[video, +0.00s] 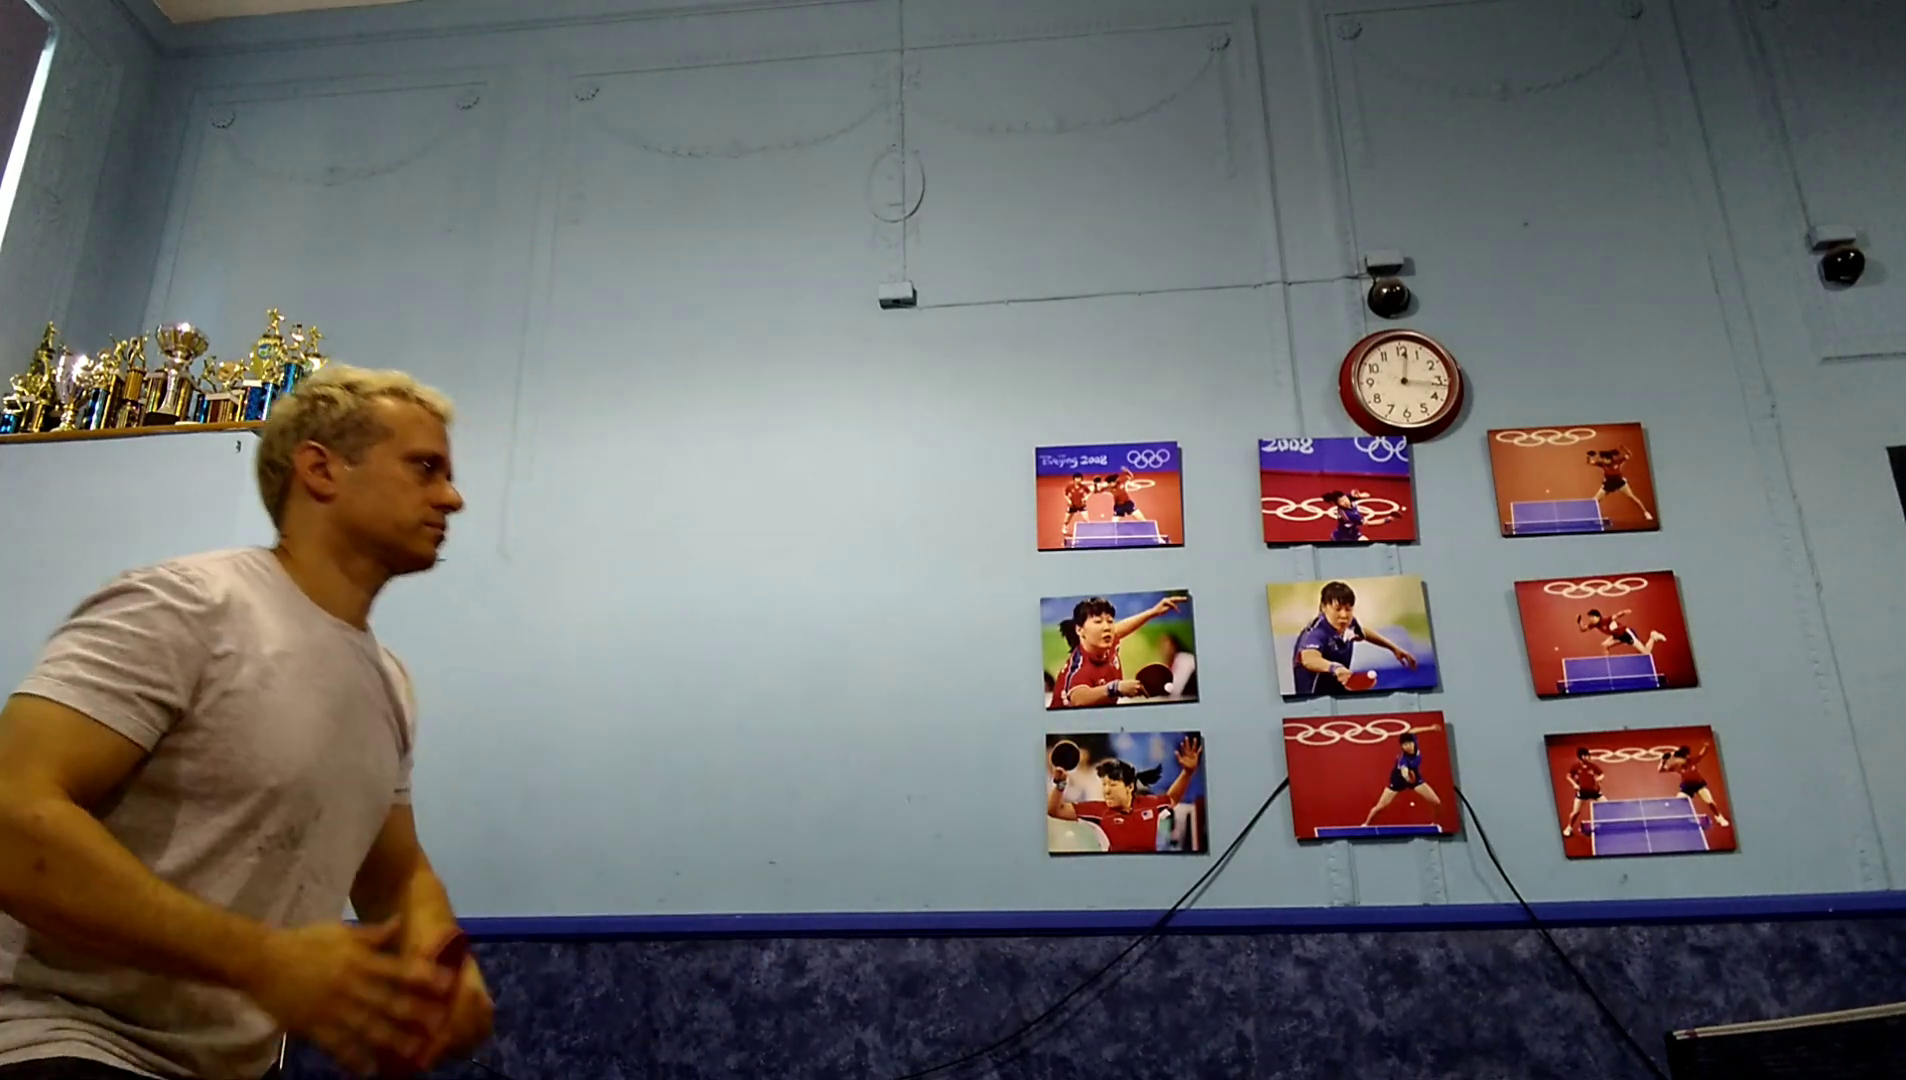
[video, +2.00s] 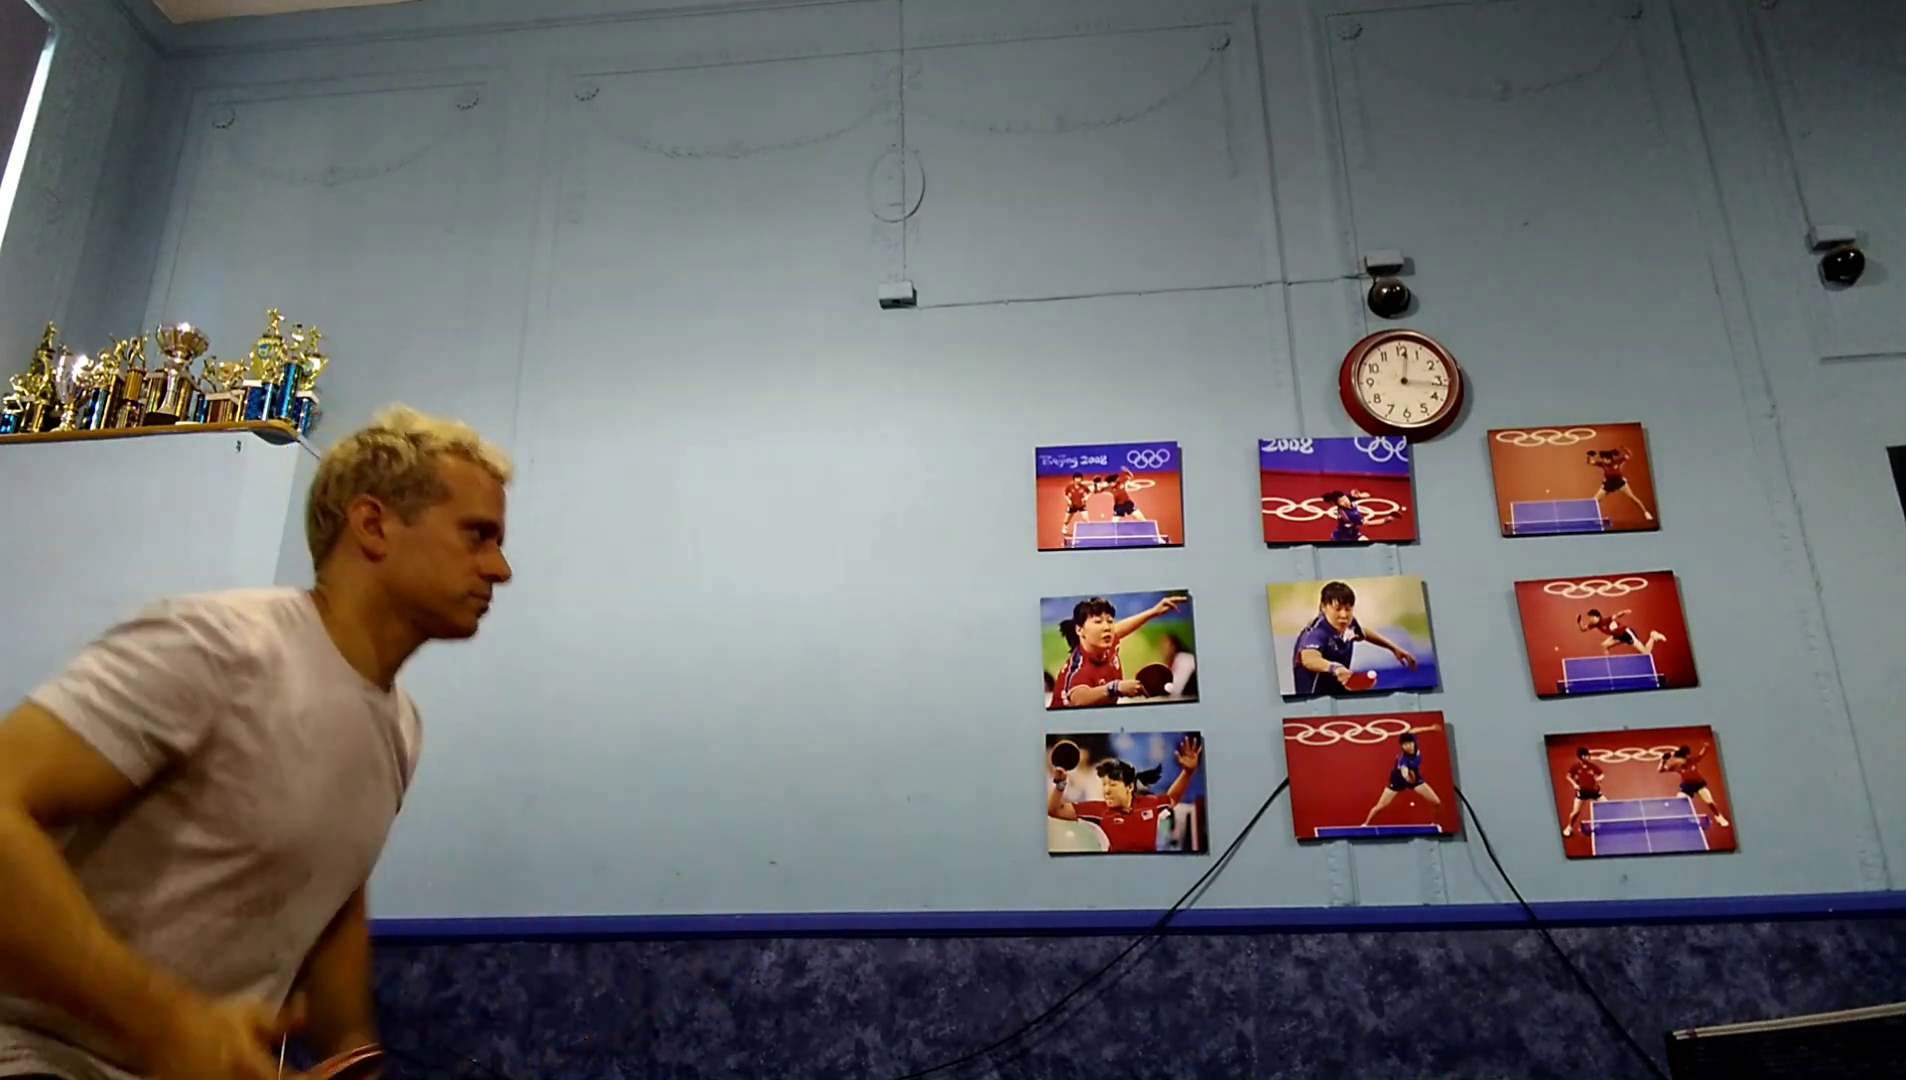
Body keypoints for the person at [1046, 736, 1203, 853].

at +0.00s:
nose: (1107, 790)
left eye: (1113, 785)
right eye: (1104, 785)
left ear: (1130, 787)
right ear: (1101, 787)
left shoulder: (1151, 805)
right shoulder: (1100, 811)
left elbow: (1172, 798)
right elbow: (1055, 811)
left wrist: (1188, 771)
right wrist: (1059, 785)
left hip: (1151, 872)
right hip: (1115, 874)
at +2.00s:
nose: (1106, 790)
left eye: (1113, 784)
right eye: (1104, 785)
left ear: (1130, 787)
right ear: (1101, 787)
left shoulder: (1151, 805)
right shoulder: (1100, 810)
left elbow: (1172, 798)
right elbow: (1055, 811)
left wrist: (1188, 771)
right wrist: (1060, 785)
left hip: (1150, 872)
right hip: (1115, 874)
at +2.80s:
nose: (1107, 790)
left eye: (1113, 785)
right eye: (1104, 785)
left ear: (1130, 787)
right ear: (1101, 786)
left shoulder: (1151, 804)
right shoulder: (1099, 810)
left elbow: (1173, 798)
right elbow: (1055, 811)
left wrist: (1188, 772)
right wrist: (1059, 785)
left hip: (1150, 872)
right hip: (1116, 874)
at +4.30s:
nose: (1107, 790)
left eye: (1113, 785)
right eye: (1104, 785)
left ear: (1130, 787)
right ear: (1101, 787)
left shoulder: (1151, 804)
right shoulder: (1100, 811)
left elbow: (1172, 798)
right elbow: (1055, 811)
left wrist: (1188, 772)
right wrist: (1060, 785)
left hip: (1152, 871)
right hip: (1117, 873)